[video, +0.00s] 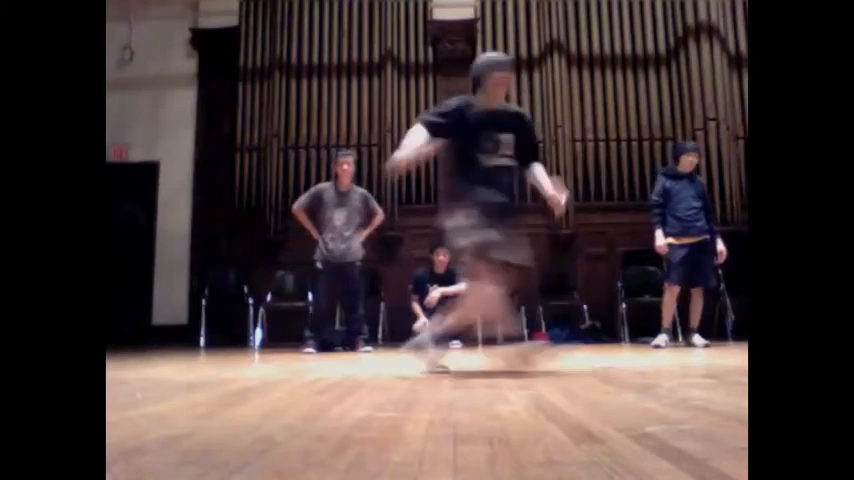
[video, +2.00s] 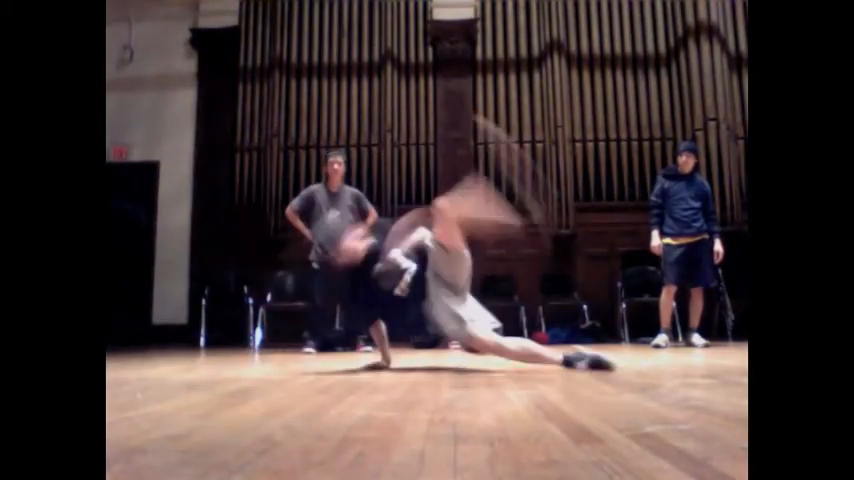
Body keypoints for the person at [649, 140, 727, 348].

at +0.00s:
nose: (693, 162)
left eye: (695, 158)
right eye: (689, 157)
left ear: (697, 161)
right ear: (679, 158)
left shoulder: (698, 183)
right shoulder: (665, 180)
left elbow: (709, 214)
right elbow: (656, 208)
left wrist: (717, 239)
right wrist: (659, 234)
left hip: (701, 240)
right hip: (676, 241)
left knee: (697, 288)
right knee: (672, 287)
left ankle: (693, 332)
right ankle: (665, 332)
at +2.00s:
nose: (685, 161)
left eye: (689, 157)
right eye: (682, 156)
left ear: (696, 160)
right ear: (677, 159)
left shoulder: (701, 184)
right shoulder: (664, 181)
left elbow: (710, 214)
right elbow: (655, 208)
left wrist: (716, 239)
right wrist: (655, 233)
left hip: (699, 239)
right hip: (673, 240)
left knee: (697, 288)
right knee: (669, 287)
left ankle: (693, 332)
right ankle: (664, 332)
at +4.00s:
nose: (684, 160)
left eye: (688, 156)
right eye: (681, 155)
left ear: (695, 159)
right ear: (676, 158)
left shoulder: (702, 184)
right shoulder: (664, 181)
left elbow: (710, 215)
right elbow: (655, 209)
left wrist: (716, 239)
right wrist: (655, 234)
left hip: (699, 240)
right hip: (672, 241)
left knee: (697, 288)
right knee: (669, 287)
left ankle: (693, 332)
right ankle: (664, 332)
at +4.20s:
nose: (684, 160)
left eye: (688, 156)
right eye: (681, 155)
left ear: (695, 159)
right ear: (676, 158)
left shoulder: (702, 184)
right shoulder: (664, 181)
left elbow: (710, 215)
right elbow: (655, 209)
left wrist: (716, 239)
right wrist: (654, 234)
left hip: (698, 240)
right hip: (672, 240)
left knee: (697, 288)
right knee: (668, 287)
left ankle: (693, 332)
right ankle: (664, 332)